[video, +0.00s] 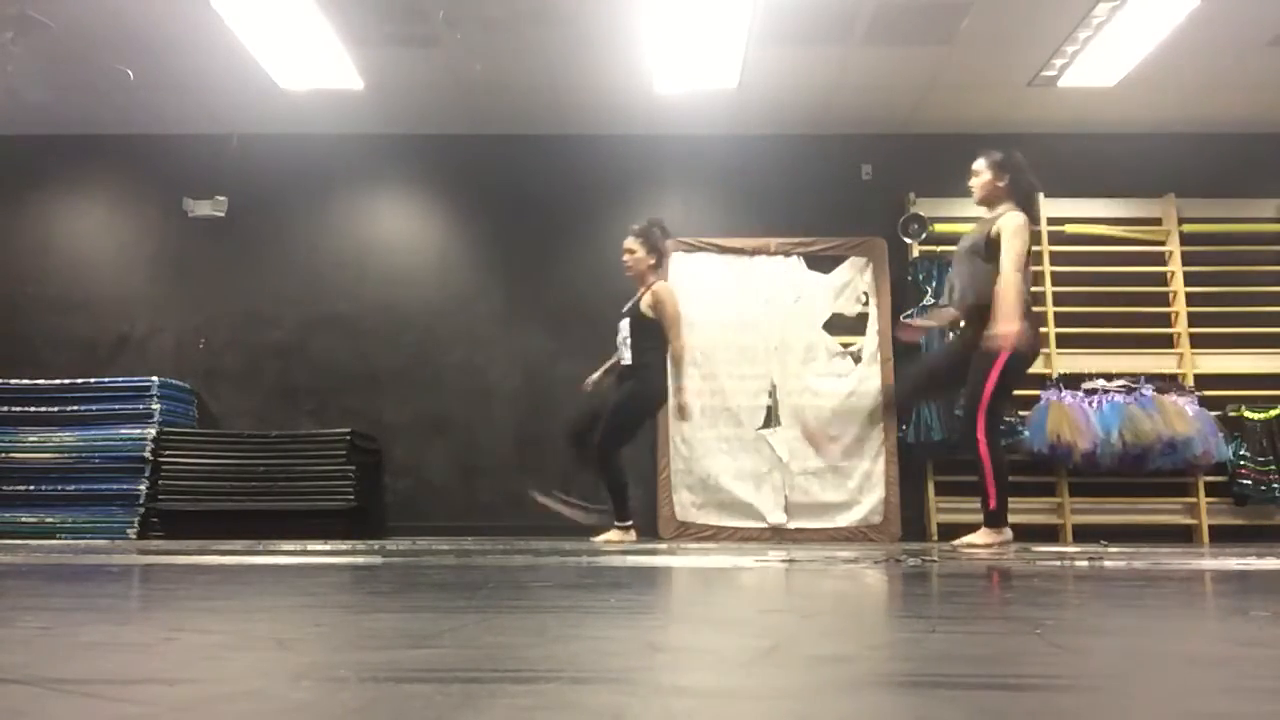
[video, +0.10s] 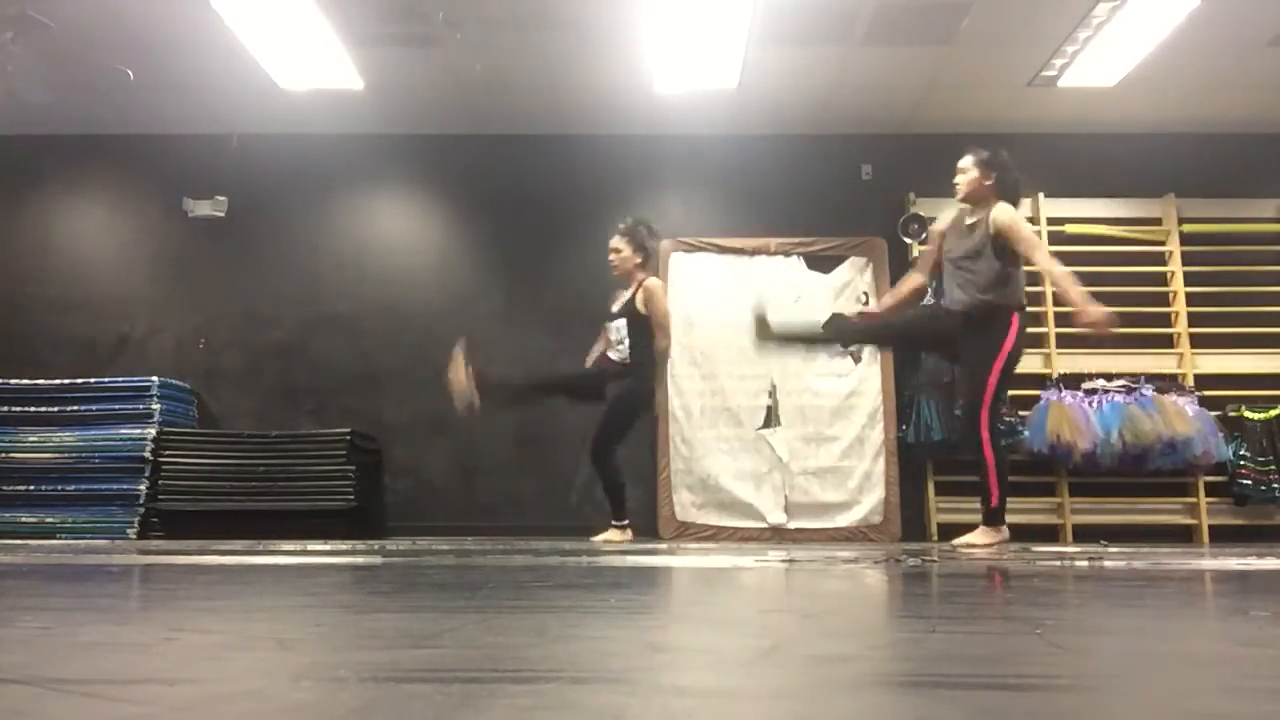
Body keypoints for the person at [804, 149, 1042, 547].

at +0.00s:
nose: (970, 182)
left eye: (977, 175)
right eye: (971, 175)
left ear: (1001, 180)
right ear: (989, 182)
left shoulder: (1013, 220)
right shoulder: (984, 227)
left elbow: (1012, 272)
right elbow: (966, 302)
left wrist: (1007, 318)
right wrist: (923, 324)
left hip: (1005, 337)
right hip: (978, 336)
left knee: (980, 418)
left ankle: (996, 527)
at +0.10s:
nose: (955, 177)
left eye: (963, 171)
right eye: (957, 171)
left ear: (988, 180)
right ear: (970, 180)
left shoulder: (1002, 218)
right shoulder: (950, 220)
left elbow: (1045, 260)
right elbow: (921, 274)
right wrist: (878, 309)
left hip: (997, 325)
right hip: (956, 320)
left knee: (978, 416)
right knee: (888, 326)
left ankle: (994, 524)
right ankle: (797, 334)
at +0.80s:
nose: (871, 222)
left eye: (879, 217)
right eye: (863, 215)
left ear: (888, 230)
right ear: (848, 221)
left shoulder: (882, 284)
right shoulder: (820, 249)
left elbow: (883, 348)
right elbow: (779, 289)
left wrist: (886, 404)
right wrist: (780, 336)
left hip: (846, 358)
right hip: (799, 353)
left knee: (876, 437)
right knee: (755, 435)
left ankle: (934, 513)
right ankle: (765, 528)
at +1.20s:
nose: (704, 250)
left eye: (707, 243)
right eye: (705, 241)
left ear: (716, 248)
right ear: (743, 250)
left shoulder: (716, 272)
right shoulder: (759, 279)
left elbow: (722, 330)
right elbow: (768, 326)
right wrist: (727, 364)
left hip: (771, 355)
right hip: (809, 365)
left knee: (711, 439)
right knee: (739, 442)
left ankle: (700, 521)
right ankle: (768, 525)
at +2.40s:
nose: (904, 210)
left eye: (909, 203)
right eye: (895, 204)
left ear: (916, 209)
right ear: (880, 212)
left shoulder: (915, 265)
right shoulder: (854, 245)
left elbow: (906, 317)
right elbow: (817, 291)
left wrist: (902, 341)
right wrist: (859, 321)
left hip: (878, 358)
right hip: (830, 350)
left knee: (892, 440)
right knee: (782, 430)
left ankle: (913, 529)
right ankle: (752, 518)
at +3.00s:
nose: (863, 250)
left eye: (869, 240)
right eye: (860, 243)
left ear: (894, 237)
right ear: (861, 246)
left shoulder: (914, 263)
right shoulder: (879, 280)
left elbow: (872, 295)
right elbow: (846, 326)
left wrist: (839, 254)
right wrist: (843, 272)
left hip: (962, 367)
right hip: (921, 372)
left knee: (903, 433)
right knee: (861, 404)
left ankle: (914, 530)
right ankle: (905, 457)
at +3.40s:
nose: (919, 282)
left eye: (918, 273)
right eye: (914, 275)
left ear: (935, 263)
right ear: (951, 257)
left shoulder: (956, 300)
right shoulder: (996, 276)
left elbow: (978, 360)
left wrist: (978, 377)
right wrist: (981, 365)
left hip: (1027, 364)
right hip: (1064, 361)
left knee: (950, 428)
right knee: (1046, 458)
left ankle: (921, 523)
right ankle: (1117, 523)